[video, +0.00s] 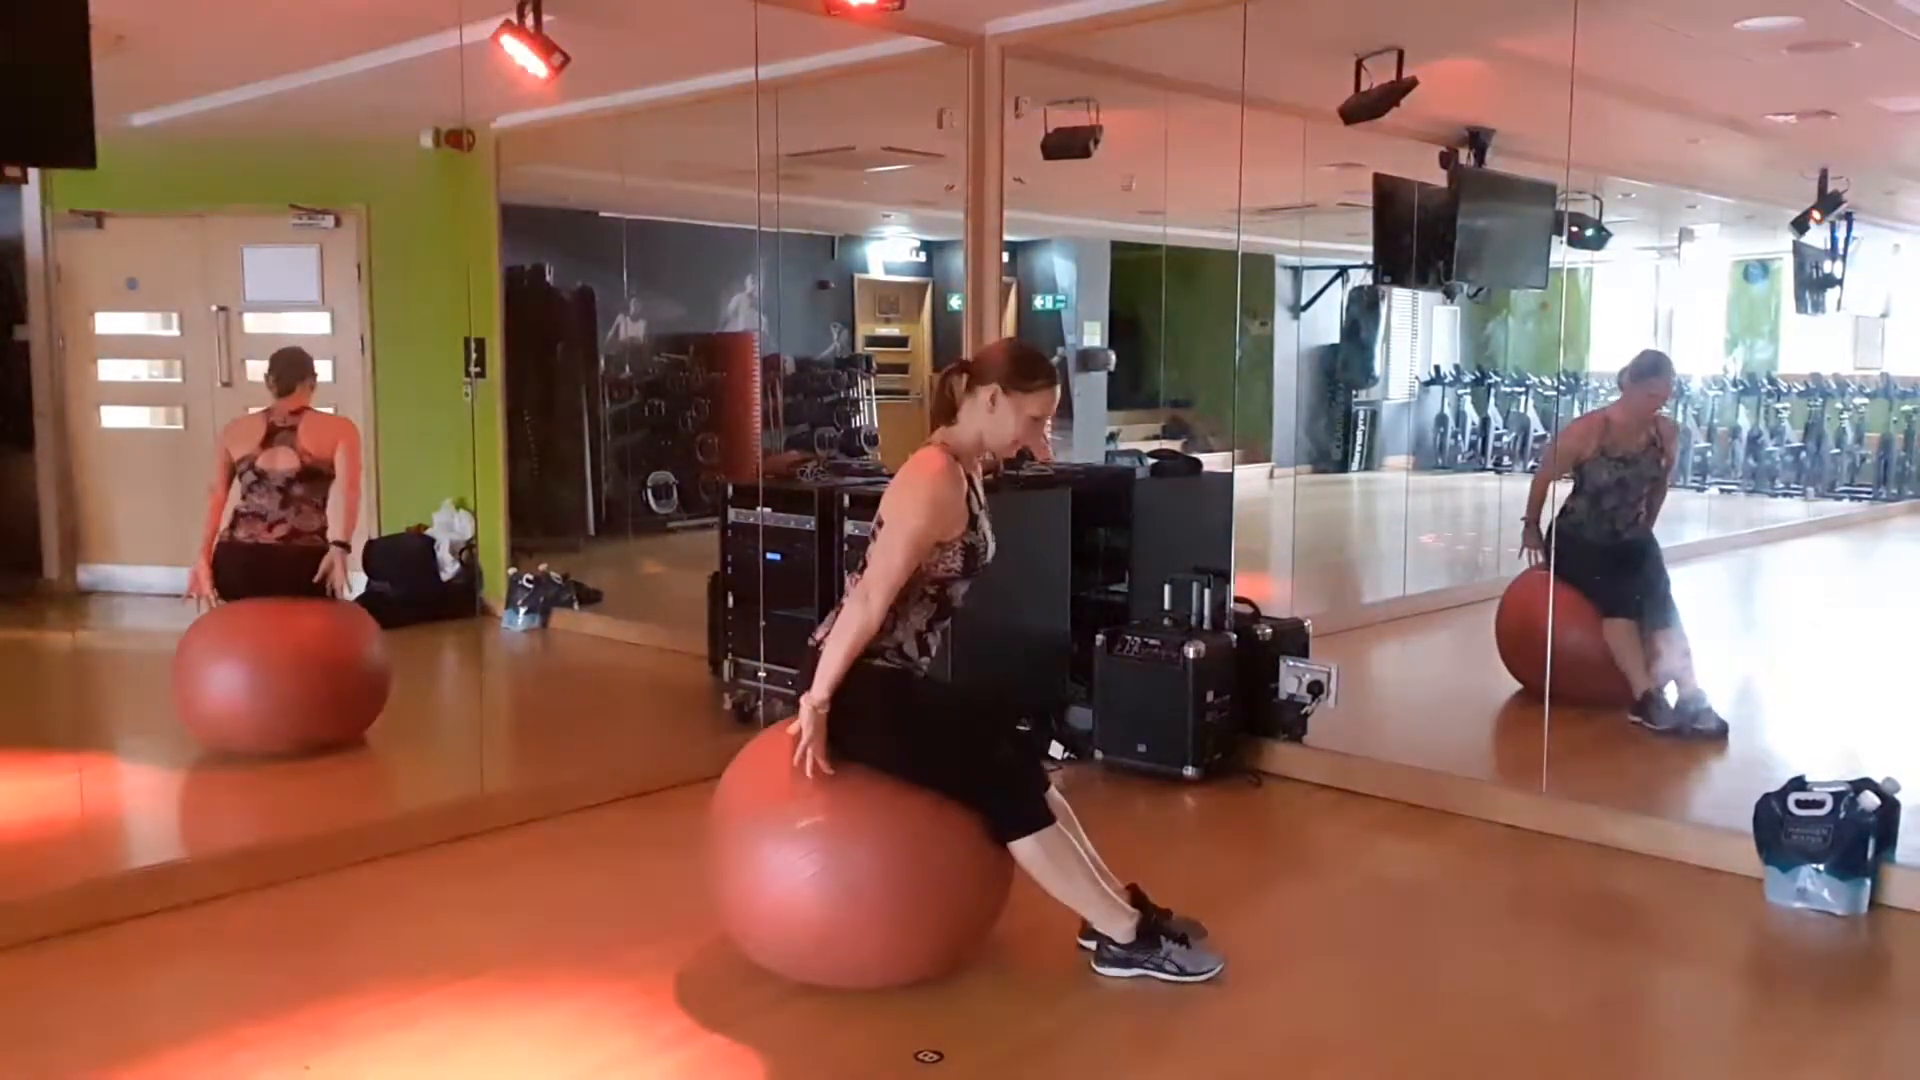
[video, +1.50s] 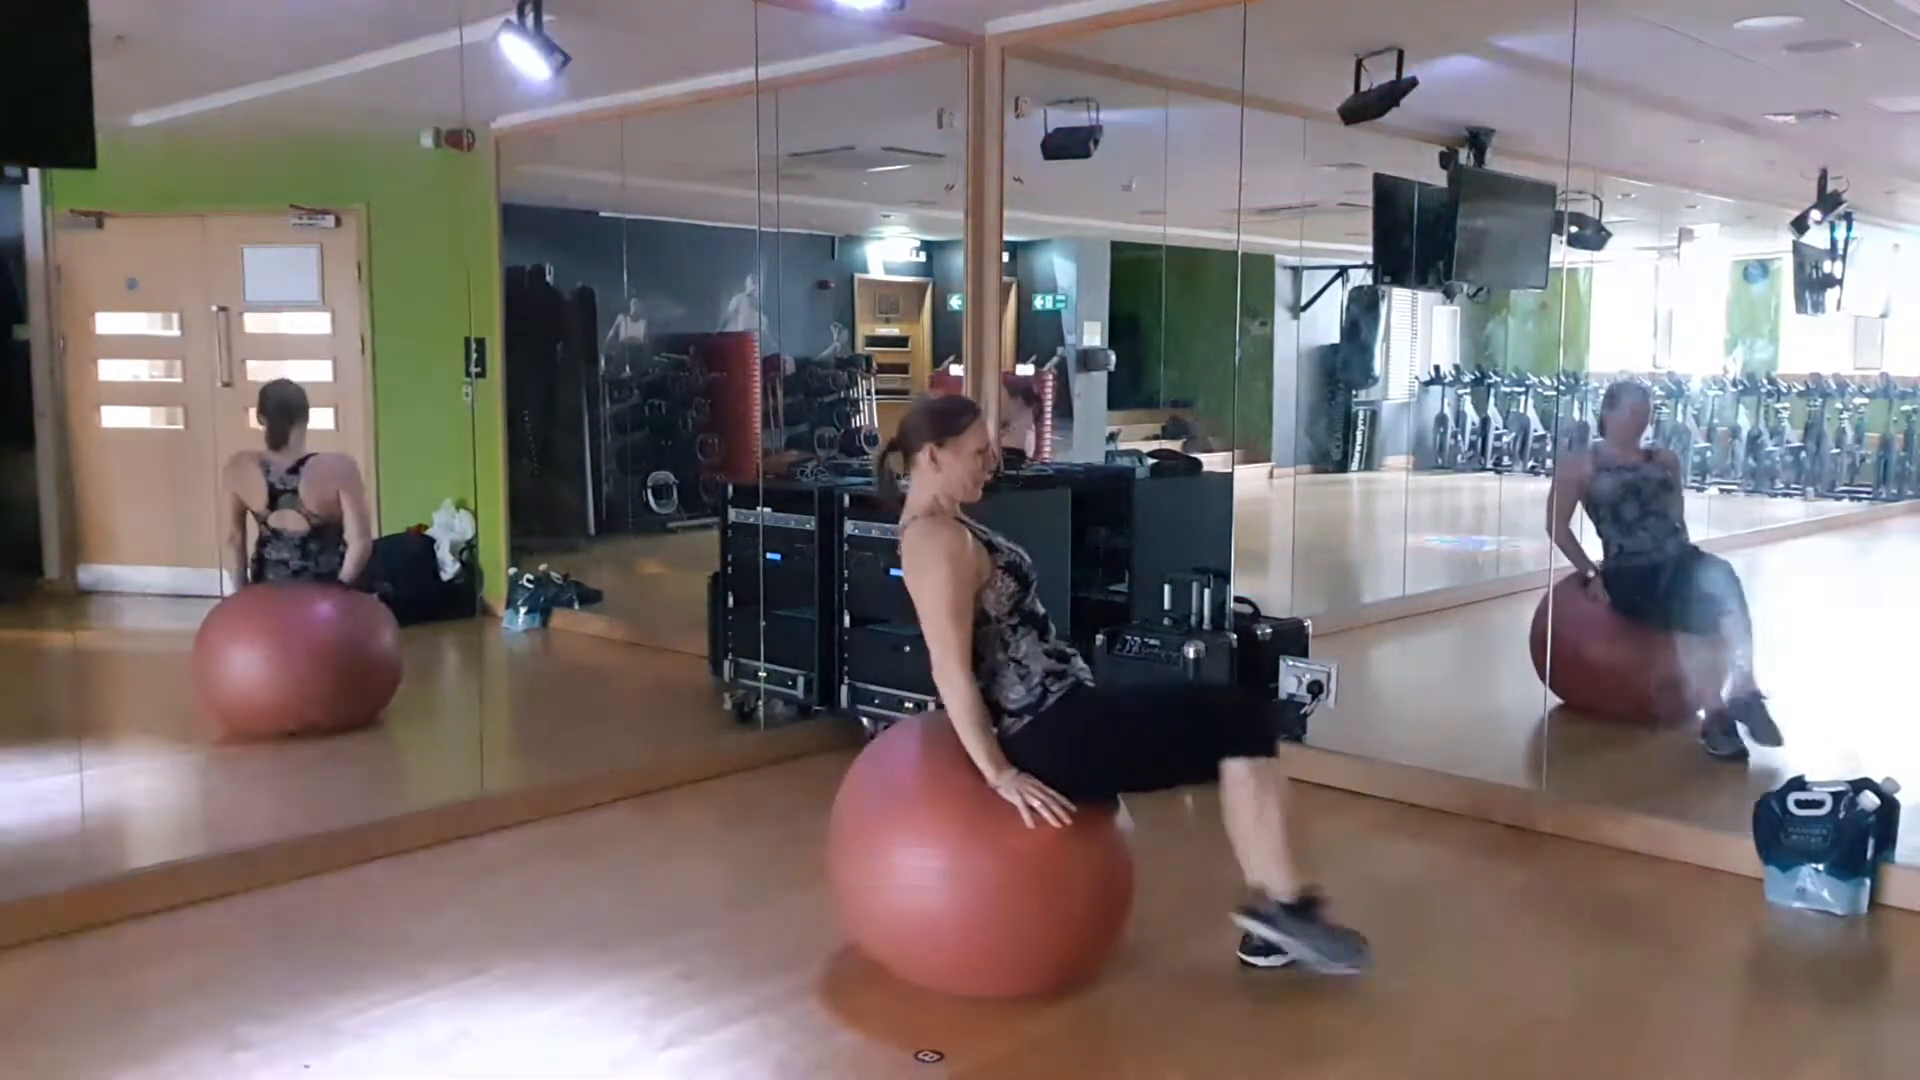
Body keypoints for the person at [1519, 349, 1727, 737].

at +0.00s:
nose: (1660, 403)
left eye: (1665, 395)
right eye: (1654, 394)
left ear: (1668, 393)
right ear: (1628, 386)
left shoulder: (1665, 432)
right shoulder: (1589, 430)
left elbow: (1660, 487)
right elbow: (1544, 473)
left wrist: (1644, 531)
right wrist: (1531, 524)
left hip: (1632, 539)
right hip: (1578, 538)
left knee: (1658, 596)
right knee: (1619, 594)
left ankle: (1690, 696)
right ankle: (1646, 697)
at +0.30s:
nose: (1656, 405)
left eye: (1662, 397)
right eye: (1649, 395)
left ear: (1666, 394)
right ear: (1624, 386)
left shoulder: (1667, 434)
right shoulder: (1586, 432)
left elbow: (1660, 493)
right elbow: (1548, 481)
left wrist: (1643, 534)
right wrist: (1541, 532)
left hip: (1636, 540)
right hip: (1583, 540)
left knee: (1660, 580)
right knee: (1625, 584)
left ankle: (1686, 692)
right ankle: (1657, 696)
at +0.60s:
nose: (1647, 397)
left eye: (1654, 389)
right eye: (1640, 387)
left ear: (1661, 393)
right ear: (1619, 384)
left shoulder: (1668, 436)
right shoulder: (1585, 432)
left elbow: (1661, 493)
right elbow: (1544, 482)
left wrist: (1651, 533)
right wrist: (1552, 540)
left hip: (1647, 546)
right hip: (1593, 548)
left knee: (1682, 585)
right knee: (1649, 580)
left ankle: (1689, 693)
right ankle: (1669, 693)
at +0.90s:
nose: (1646, 396)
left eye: (1651, 388)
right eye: (1638, 387)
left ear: (1655, 391)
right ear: (1613, 387)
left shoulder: (1666, 435)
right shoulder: (1581, 437)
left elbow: (1667, 494)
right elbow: (1548, 494)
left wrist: (1664, 539)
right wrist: (1562, 550)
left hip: (1660, 547)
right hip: (1608, 552)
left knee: (1697, 595)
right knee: (1668, 602)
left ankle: (1683, 685)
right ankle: (1695, 695)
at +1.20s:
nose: (1643, 407)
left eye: (1648, 399)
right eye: (1634, 398)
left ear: (1652, 403)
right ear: (1611, 400)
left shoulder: (1662, 447)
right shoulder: (1583, 443)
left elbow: (1671, 510)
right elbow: (1552, 509)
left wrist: (1680, 554)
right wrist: (1574, 562)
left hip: (1671, 559)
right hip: (1619, 564)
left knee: (1718, 584)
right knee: (1702, 599)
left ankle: (1707, 702)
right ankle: (1707, 712)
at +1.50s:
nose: (1644, 421)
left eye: (1647, 413)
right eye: (1635, 413)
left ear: (1649, 417)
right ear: (1609, 413)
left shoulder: (1665, 461)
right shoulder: (1581, 466)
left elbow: (1677, 522)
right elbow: (1557, 527)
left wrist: (1686, 559)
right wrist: (1588, 570)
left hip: (1679, 563)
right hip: (1630, 574)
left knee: (1723, 576)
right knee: (1712, 607)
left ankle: (1744, 689)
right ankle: (1715, 717)